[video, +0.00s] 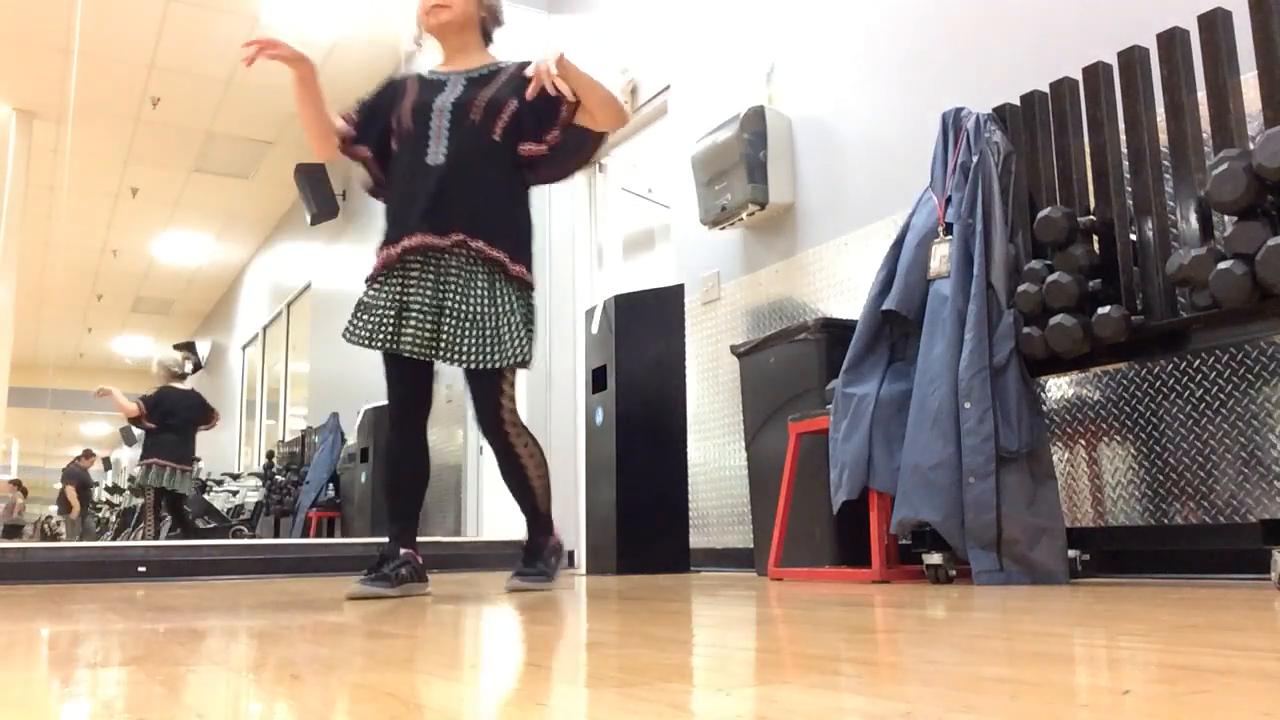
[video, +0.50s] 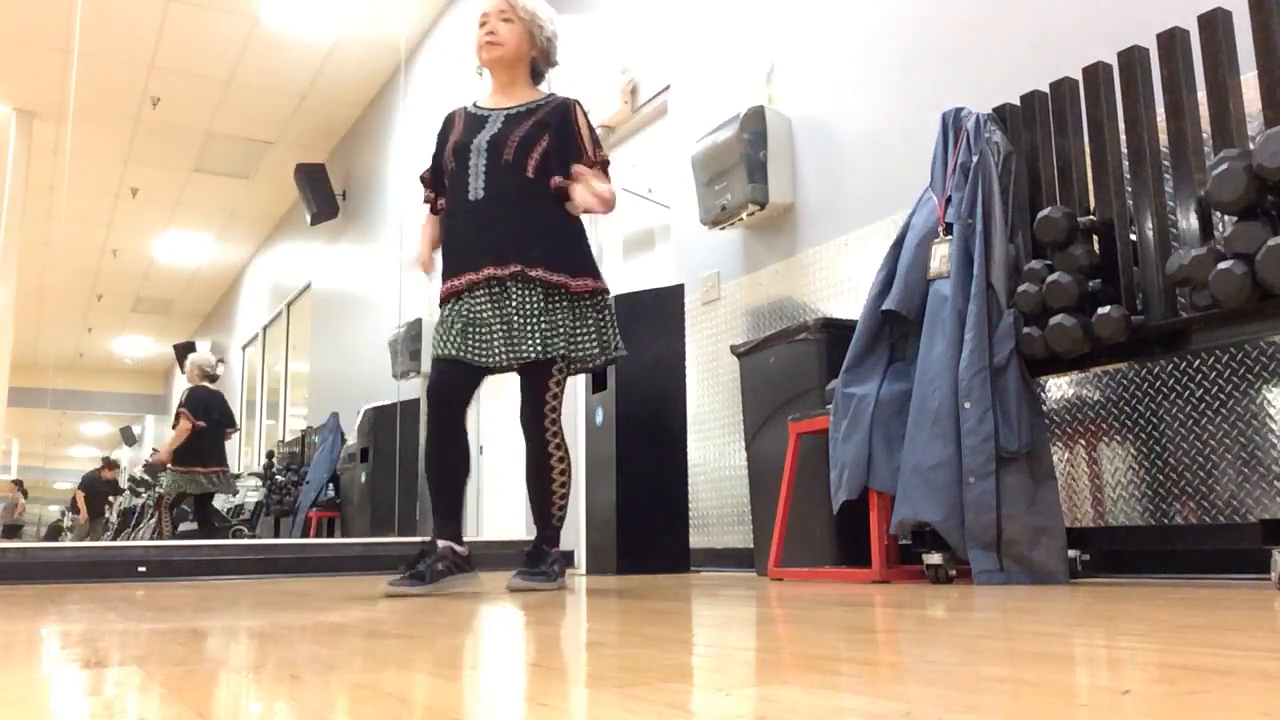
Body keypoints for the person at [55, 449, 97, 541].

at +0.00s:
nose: (92, 464)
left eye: (93, 462)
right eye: (91, 461)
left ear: (85, 459)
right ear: (84, 459)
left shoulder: (82, 469)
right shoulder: (72, 469)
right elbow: (69, 489)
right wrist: (76, 506)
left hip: (82, 508)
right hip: (71, 509)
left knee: (89, 535)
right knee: (72, 537)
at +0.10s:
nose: (97, 467)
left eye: (98, 464)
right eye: (97, 464)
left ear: (90, 460)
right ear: (89, 460)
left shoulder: (91, 471)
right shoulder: (78, 471)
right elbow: (75, 491)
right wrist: (82, 508)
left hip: (88, 510)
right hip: (74, 511)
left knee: (90, 539)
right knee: (71, 540)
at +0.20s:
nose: (102, 468)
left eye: (103, 465)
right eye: (102, 464)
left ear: (96, 462)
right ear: (94, 462)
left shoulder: (98, 473)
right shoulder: (80, 472)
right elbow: (75, 492)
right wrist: (84, 509)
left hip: (91, 512)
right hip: (76, 511)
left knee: (92, 540)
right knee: (72, 539)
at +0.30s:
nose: (107, 469)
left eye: (109, 467)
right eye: (106, 466)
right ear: (98, 463)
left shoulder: (106, 476)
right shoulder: (83, 473)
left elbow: (108, 490)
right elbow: (75, 491)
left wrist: (107, 501)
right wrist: (84, 509)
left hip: (95, 512)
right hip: (78, 512)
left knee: (95, 540)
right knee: (76, 540)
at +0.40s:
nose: (113, 472)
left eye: (114, 469)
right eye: (112, 469)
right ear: (104, 466)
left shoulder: (111, 480)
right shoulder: (88, 475)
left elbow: (115, 492)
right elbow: (77, 492)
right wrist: (83, 511)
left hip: (97, 511)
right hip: (82, 510)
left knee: (97, 535)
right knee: (81, 532)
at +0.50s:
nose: (115, 476)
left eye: (116, 473)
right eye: (113, 473)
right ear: (106, 470)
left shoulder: (113, 482)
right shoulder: (90, 477)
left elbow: (118, 496)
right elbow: (79, 494)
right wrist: (83, 512)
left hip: (97, 512)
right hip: (82, 510)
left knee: (97, 535)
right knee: (82, 532)